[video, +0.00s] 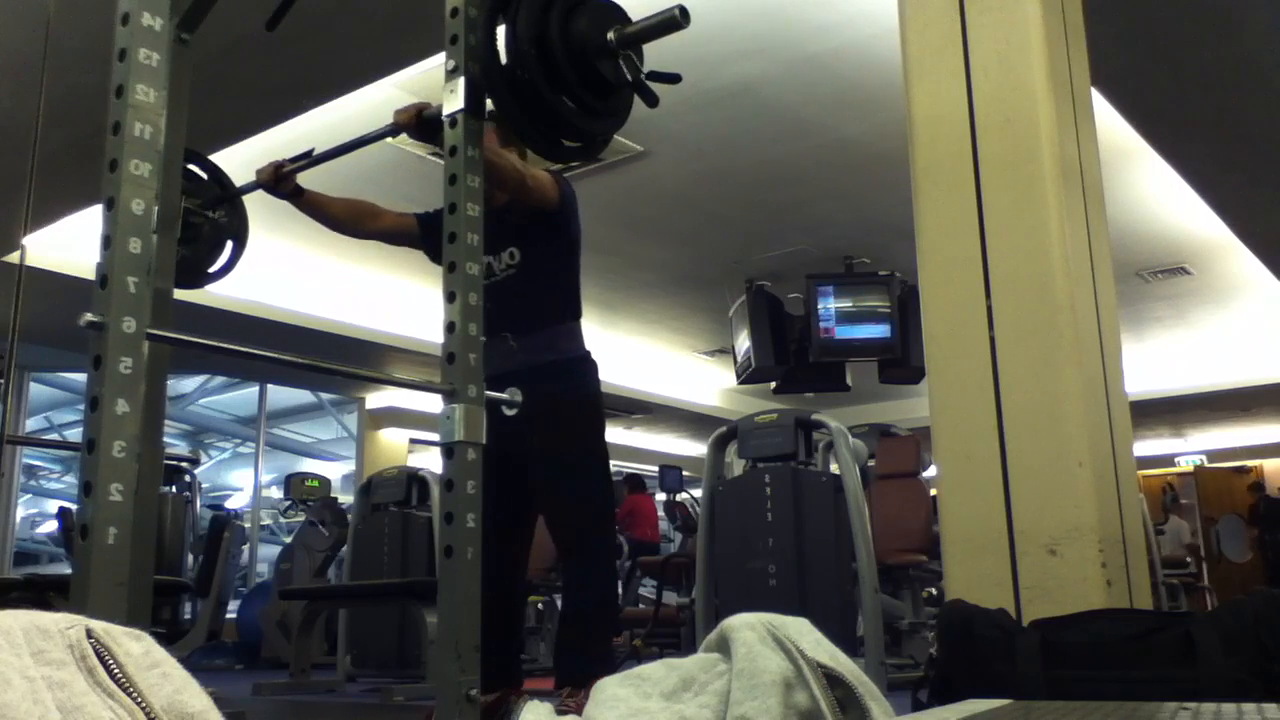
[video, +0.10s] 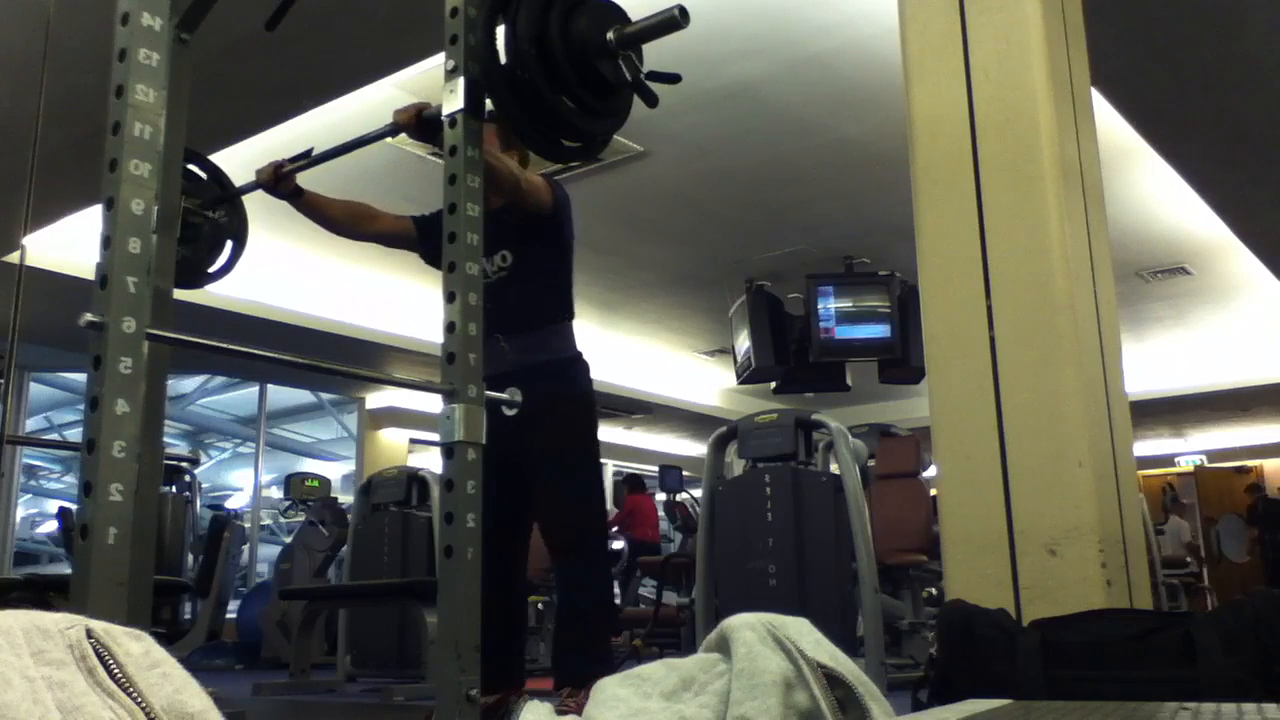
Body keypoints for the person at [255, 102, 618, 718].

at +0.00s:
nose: (468, 158)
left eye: (475, 143)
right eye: (461, 152)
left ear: (503, 140)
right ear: (455, 160)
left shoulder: (552, 197)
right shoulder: (458, 224)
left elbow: (509, 178)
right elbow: (371, 219)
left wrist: (440, 133)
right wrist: (297, 192)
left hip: (560, 391)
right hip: (492, 399)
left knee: (584, 546)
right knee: (494, 551)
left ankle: (579, 689)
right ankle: (500, 689)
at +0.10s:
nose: (466, 154)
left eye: (475, 140)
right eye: (460, 148)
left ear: (506, 142)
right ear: (455, 159)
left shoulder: (547, 200)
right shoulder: (456, 225)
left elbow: (511, 183)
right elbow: (369, 222)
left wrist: (440, 133)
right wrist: (296, 193)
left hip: (553, 390)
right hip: (487, 399)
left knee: (575, 543)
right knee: (492, 552)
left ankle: (578, 687)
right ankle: (499, 689)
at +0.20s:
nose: (467, 156)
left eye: (476, 145)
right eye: (461, 150)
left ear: (506, 149)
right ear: (456, 160)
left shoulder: (538, 206)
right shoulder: (454, 226)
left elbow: (504, 182)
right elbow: (364, 225)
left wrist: (440, 133)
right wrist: (293, 192)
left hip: (547, 391)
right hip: (483, 398)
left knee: (565, 538)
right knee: (489, 548)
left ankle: (578, 684)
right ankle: (498, 686)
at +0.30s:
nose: (469, 157)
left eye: (479, 146)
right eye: (463, 151)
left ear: (507, 152)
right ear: (456, 160)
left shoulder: (536, 208)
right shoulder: (453, 225)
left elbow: (501, 182)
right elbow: (365, 226)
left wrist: (440, 133)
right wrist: (294, 193)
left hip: (542, 388)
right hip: (480, 394)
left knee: (561, 536)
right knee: (489, 544)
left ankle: (578, 681)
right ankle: (499, 685)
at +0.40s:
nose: (472, 161)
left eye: (482, 150)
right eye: (465, 154)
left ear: (510, 155)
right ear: (459, 162)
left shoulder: (537, 208)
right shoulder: (454, 225)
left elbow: (501, 182)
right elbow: (365, 224)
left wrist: (439, 134)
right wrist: (294, 193)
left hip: (539, 387)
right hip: (477, 393)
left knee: (560, 539)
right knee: (487, 546)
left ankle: (577, 685)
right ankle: (499, 686)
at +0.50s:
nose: (469, 164)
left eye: (478, 152)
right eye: (462, 156)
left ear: (508, 152)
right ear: (457, 163)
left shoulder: (539, 209)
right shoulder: (455, 226)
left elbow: (503, 181)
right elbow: (366, 222)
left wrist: (440, 134)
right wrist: (294, 193)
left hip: (539, 389)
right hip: (477, 395)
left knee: (561, 538)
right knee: (486, 547)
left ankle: (578, 685)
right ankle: (498, 686)